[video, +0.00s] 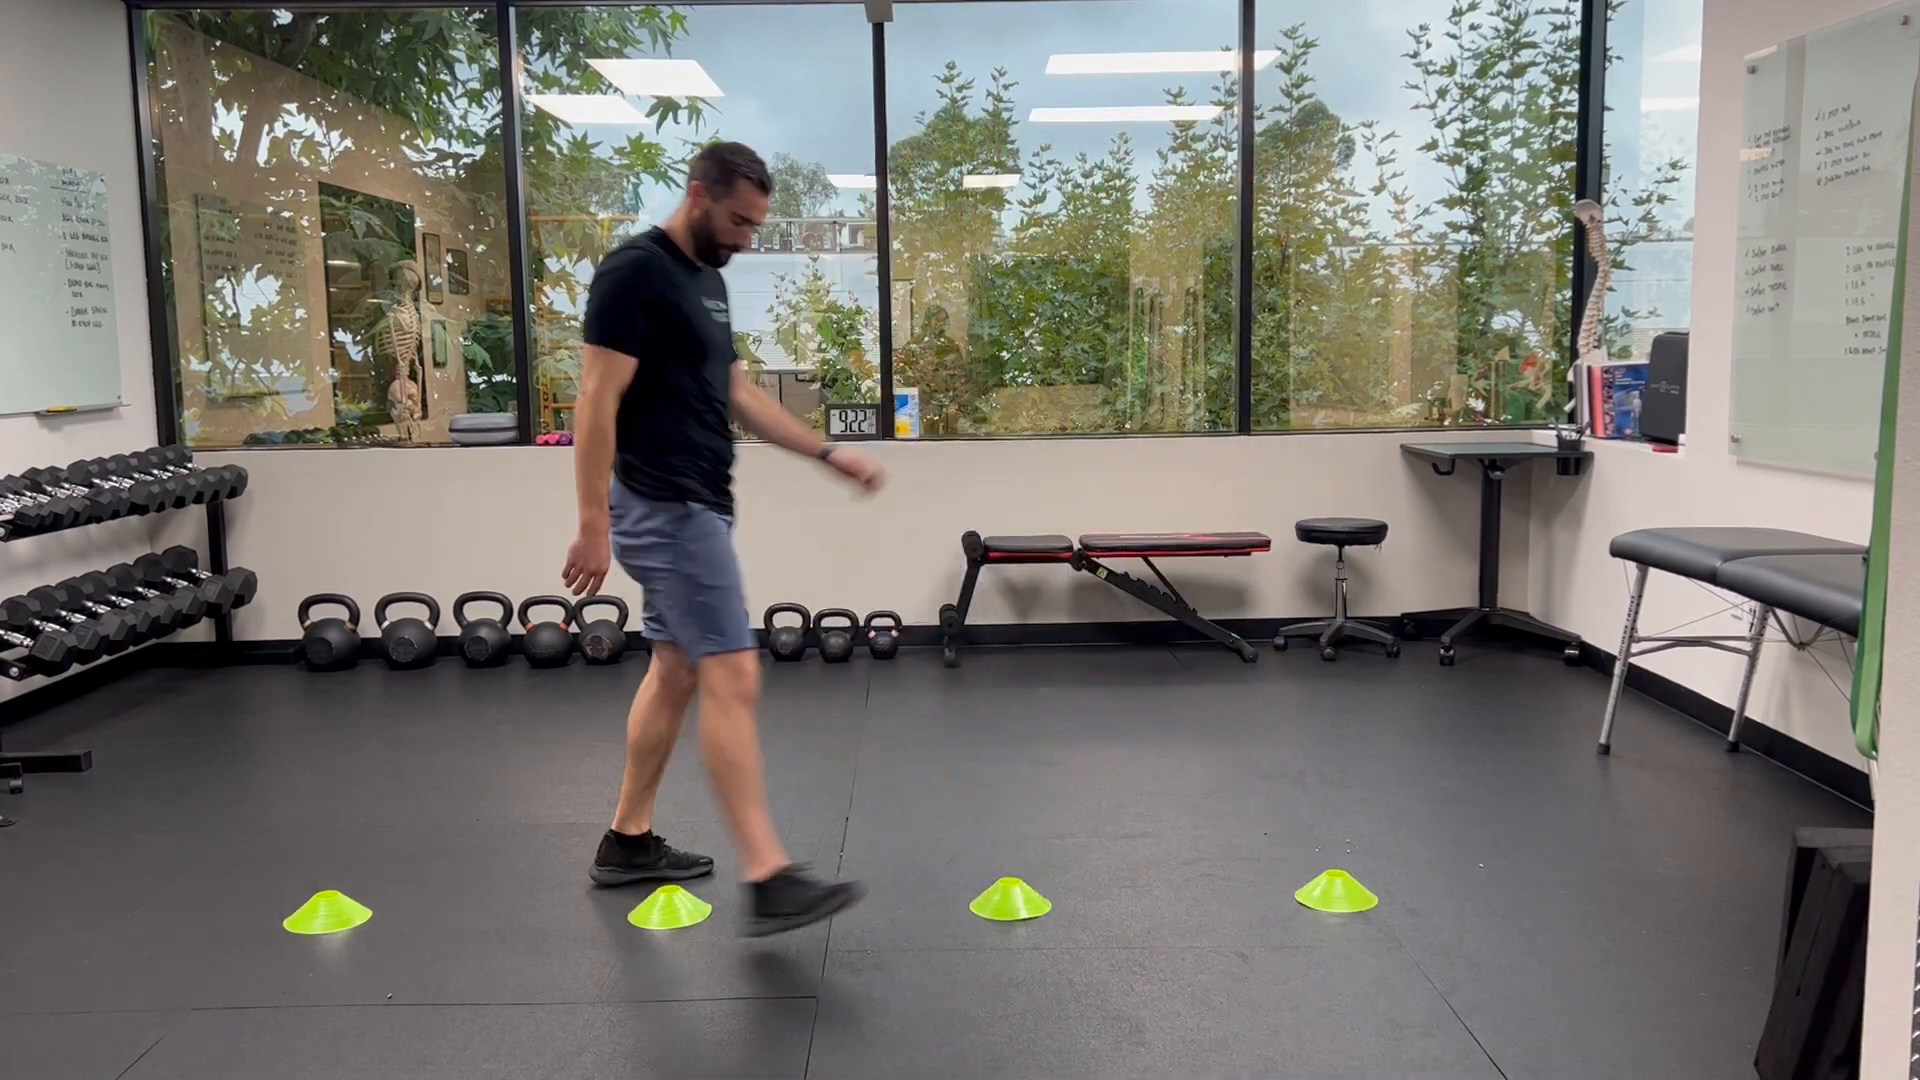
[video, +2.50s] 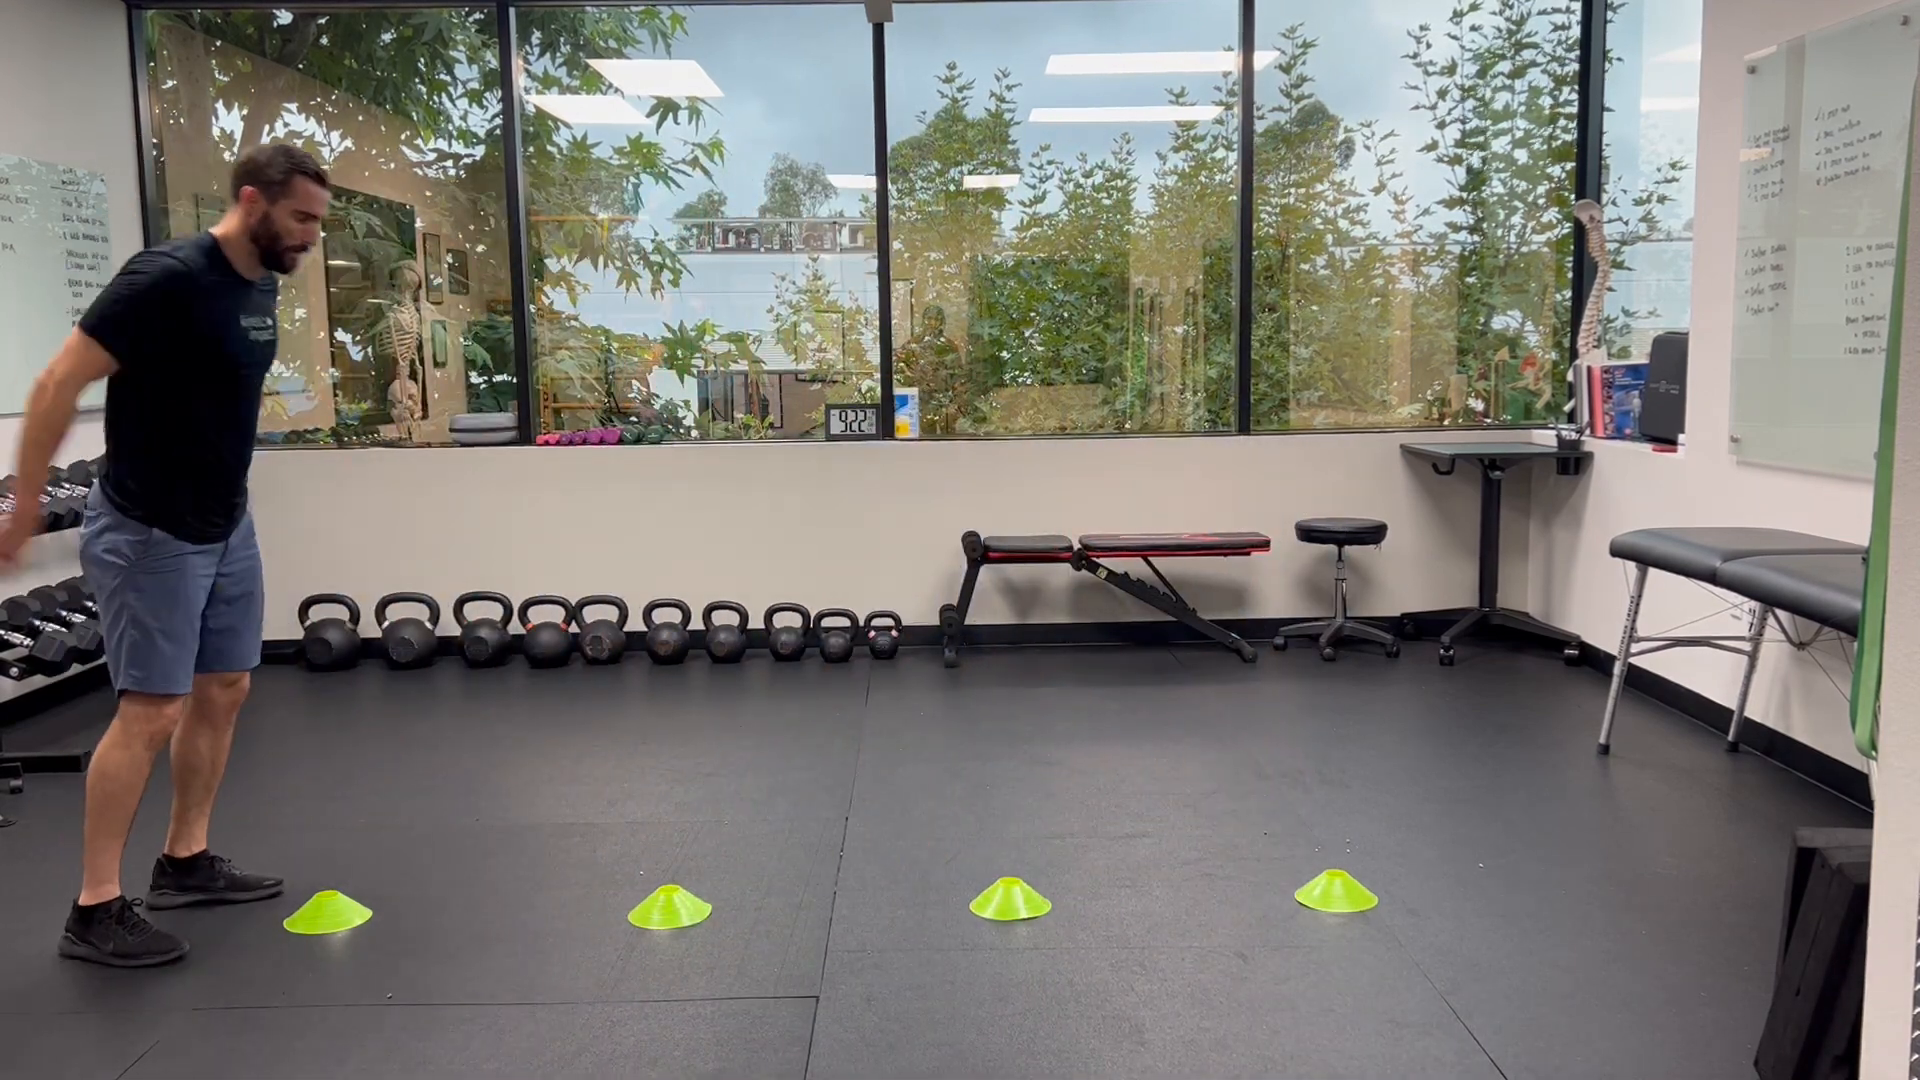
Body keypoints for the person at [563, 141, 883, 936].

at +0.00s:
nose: (744, 239)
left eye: (754, 226)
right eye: (737, 222)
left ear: (742, 214)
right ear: (697, 197)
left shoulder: (707, 281)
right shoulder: (633, 275)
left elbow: (736, 393)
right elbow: (596, 399)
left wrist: (826, 450)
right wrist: (592, 523)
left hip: (697, 508)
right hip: (662, 510)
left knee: (675, 671)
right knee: (733, 674)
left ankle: (628, 839)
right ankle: (769, 877)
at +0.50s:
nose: (489, 293)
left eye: (499, 279)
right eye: (485, 273)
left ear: (445, 247)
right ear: (442, 241)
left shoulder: (410, 306)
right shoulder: (376, 305)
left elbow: (338, 398)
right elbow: (382, 420)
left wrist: (342, 483)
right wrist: (525, 457)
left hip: (452, 550)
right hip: (376, 561)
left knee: (544, 674)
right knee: (307, 731)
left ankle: (614, 841)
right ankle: (176, 911)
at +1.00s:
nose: (262, 294)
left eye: (271, 282)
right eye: (255, 276)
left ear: (265, 265)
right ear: (212, 242)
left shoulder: (237, 311)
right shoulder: (111, 303)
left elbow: (279, 413)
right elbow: (11, 400)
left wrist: (349, 435)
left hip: (206, 533)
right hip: (141, 535)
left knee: (200, 680)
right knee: (169, 709)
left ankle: (103, 825)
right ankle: (153, 929)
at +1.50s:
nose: (199, 247)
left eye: (208, 233)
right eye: (190, 229)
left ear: (203, 229)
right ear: (141, 207)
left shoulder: (162, 297)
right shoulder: (58, 286)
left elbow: (182, 406)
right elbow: (15, 407)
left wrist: (254, 419)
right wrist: (144, 449)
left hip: (145, 533)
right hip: (72, 534)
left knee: (139, 689)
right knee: (121, 698)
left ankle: (93, 845)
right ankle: (84, 911)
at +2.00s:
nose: (215, 222)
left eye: (221, 206)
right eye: (204, 204)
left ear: (179, 198)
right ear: (150, 191)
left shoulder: (181, 276)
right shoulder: (75, 279)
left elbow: (181, 399)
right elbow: (92, 420)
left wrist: (243, 388)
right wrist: (217, 386)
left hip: (177, 518)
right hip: (96, 529)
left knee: (208, 681)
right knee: (118, 707)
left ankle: (185, 859)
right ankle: (86, 910)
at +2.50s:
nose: (311, 238)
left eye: (319, 223)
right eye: (301, 219)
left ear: (293, 217)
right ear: (249, 202)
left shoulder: (261, 286)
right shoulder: (165, 276)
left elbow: (209, 394)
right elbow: (57, 383)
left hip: (225, 528)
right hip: (149, 535)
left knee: (222, 690)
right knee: (148, 713)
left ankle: (186, 858)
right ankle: (97, 907)